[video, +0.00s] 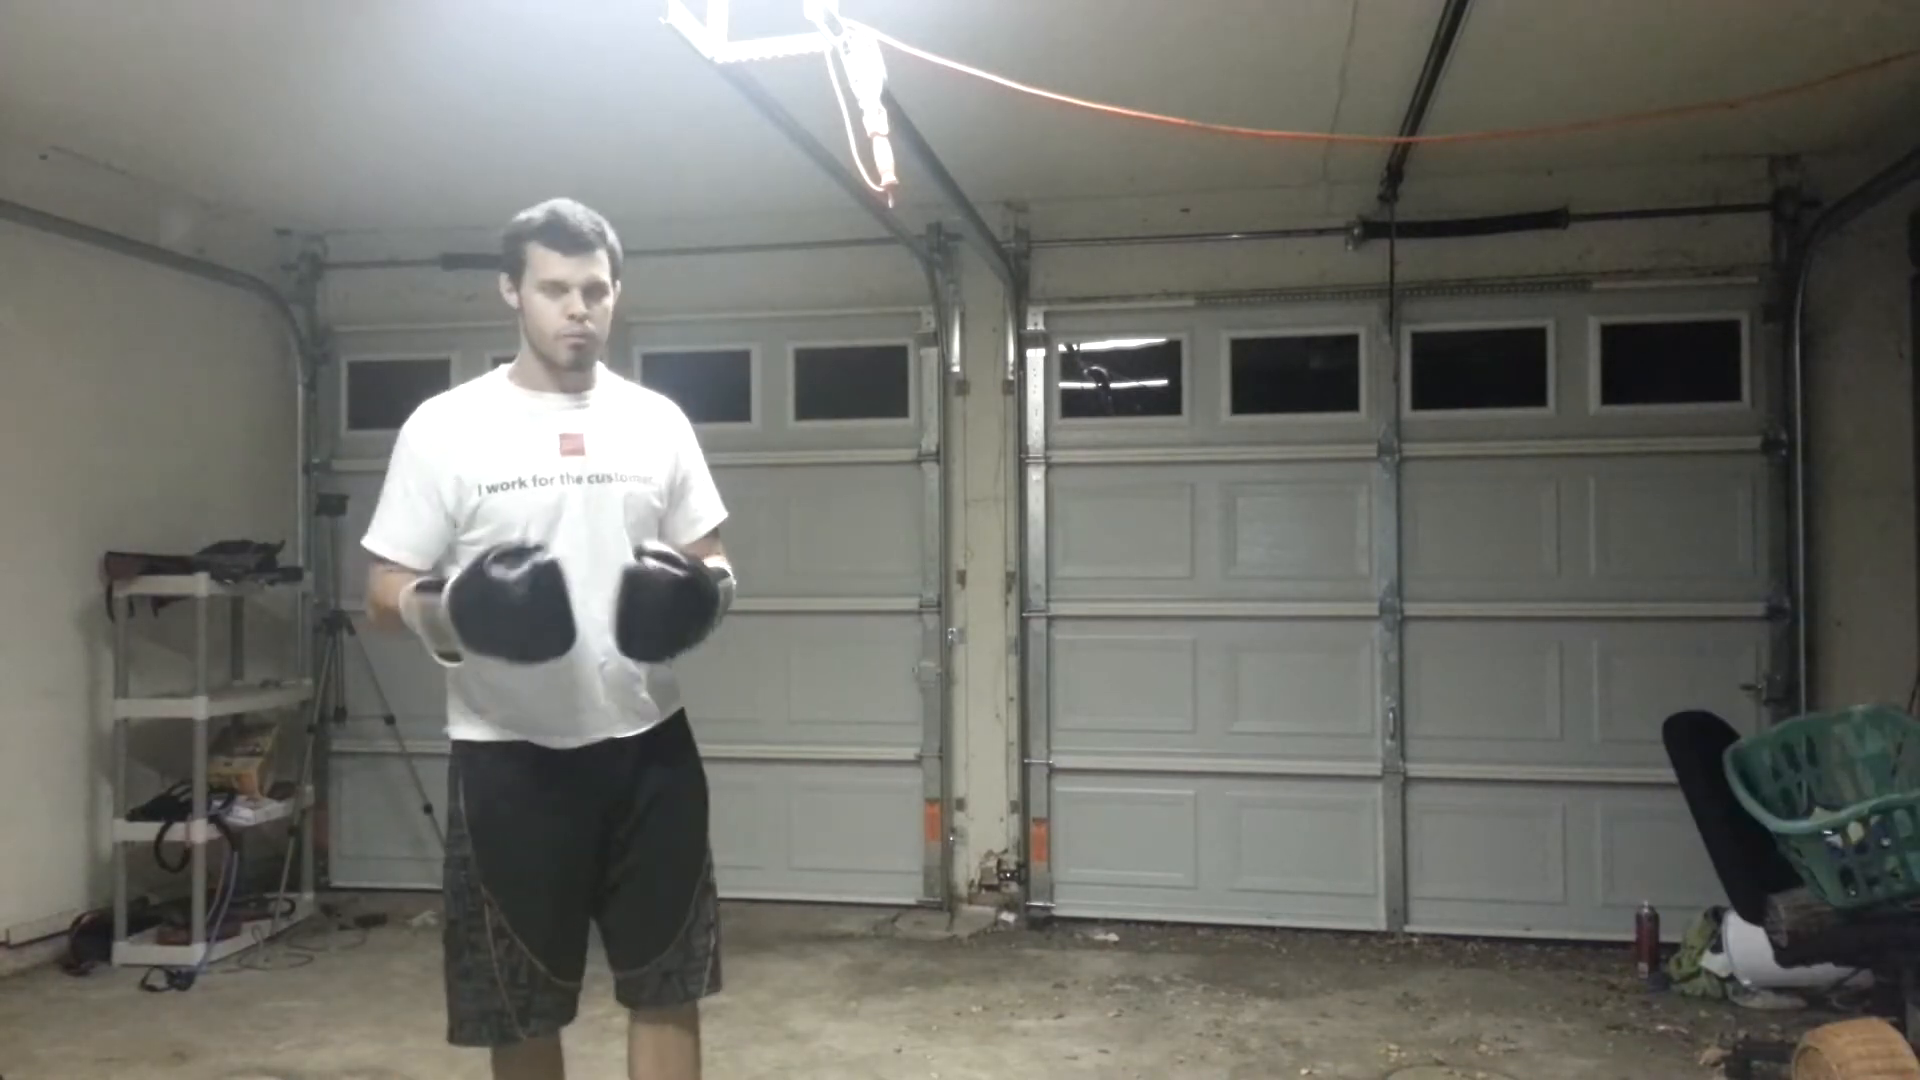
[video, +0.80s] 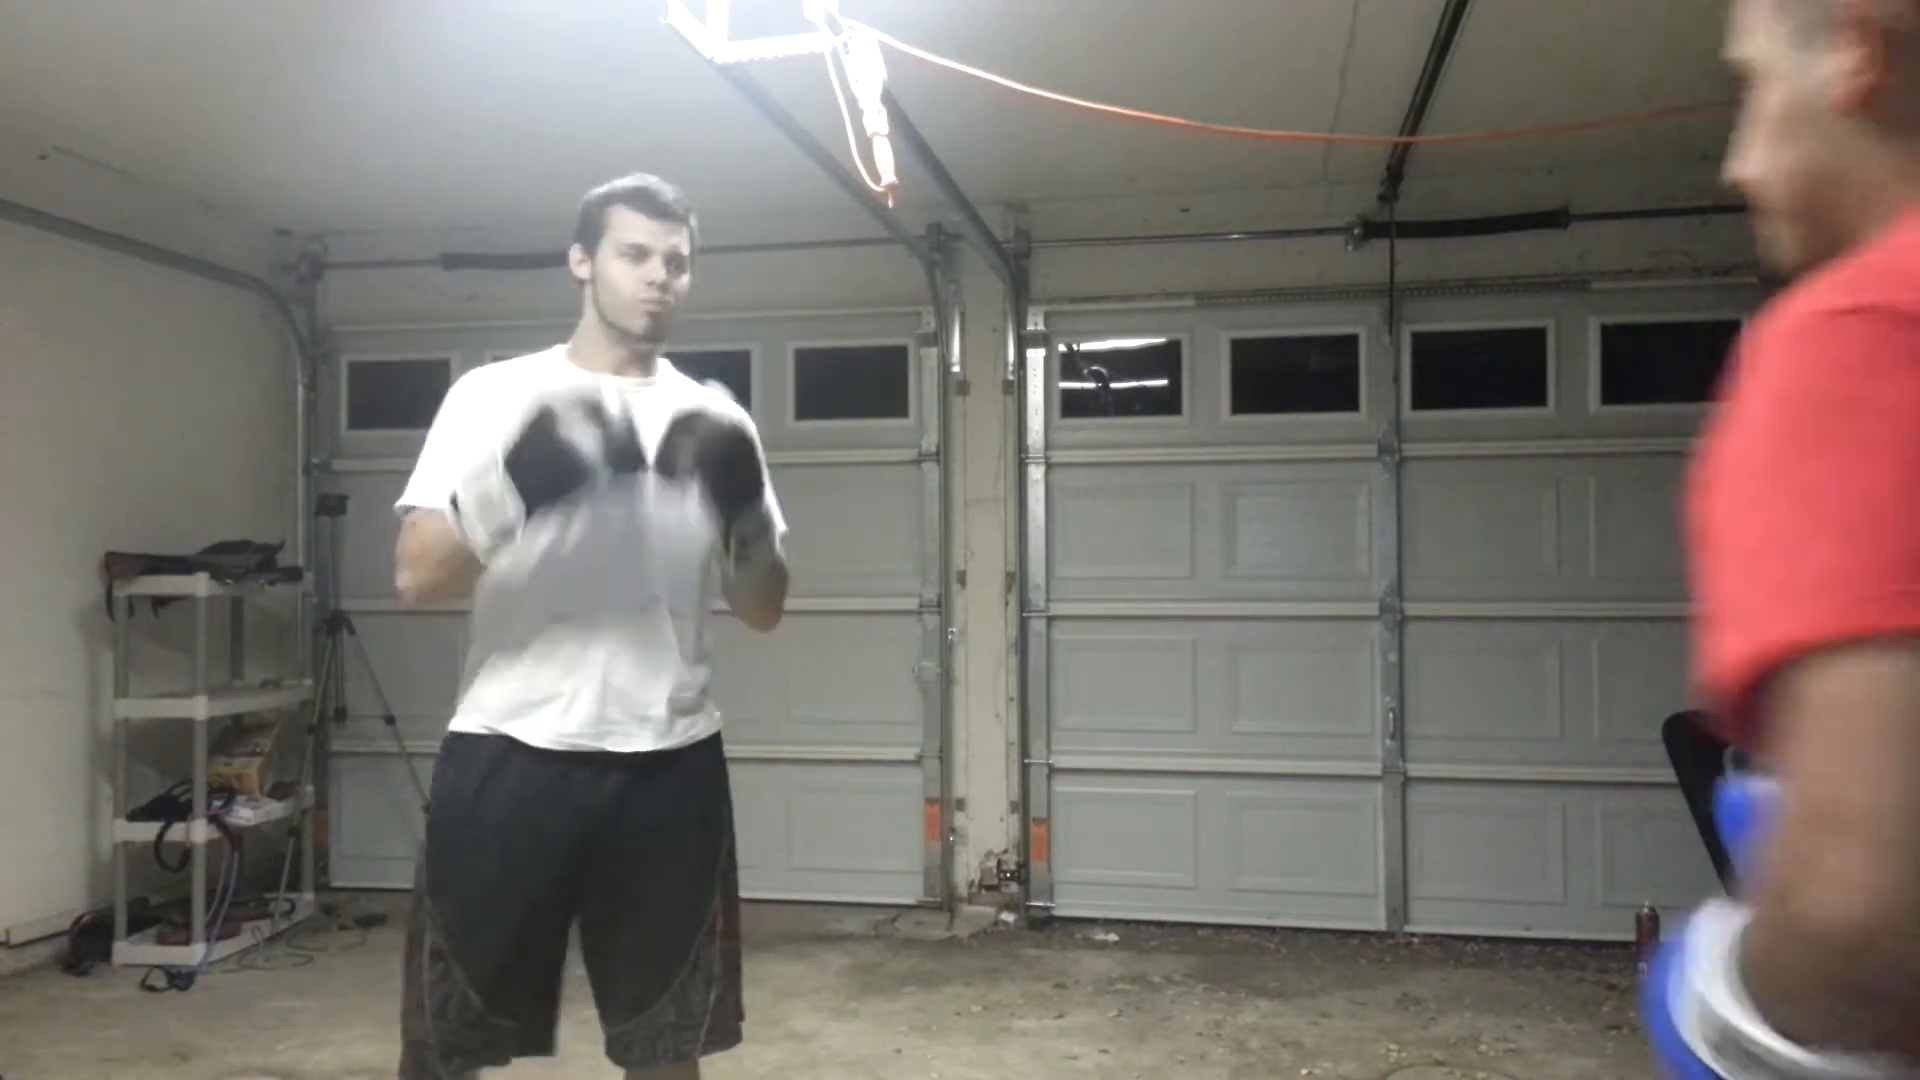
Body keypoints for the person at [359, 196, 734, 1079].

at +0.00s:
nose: (580, 311)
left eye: (596, 291)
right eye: (558, 290)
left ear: (617, 298)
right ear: (513, 296)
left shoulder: (658, 420)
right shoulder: (443, 427)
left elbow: (714, 563)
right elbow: (387, 591)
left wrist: (699, 591)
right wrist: (450, 611)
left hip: (647, 748)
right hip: (512, 757)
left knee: (667, 1001)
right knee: (522, 1021)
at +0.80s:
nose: (661, 279)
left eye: (677, 263)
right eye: (638, 256)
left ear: (690, 279)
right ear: (582, 264)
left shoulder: (714, 413)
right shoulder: (491, 395)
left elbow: (765, 609)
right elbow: (416, 578)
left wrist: (740, 504)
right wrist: (512, 490)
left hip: (668, 766)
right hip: (509, 760)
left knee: (669, 1052)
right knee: (451, 1051)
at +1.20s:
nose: (578, 336)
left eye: (593, 313)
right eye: (553, 312)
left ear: (610, 304)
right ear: (486, 296)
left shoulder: (628, 410)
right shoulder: (398, 406)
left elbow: (724, 577)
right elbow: (417, 585)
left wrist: (718, 488)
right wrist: (480, 424)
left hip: (619, 787)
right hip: (452, 789)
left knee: (664, 1056)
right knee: (445, 1061)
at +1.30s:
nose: (578, 339)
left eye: (594, 315)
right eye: (553, 313)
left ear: (610, 306)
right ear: (485, 297)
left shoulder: (638, 414)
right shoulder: (403, 405)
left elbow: (738, 576)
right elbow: (414, 588)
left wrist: (747, 499)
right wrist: (475, 432)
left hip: (617, 790)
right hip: (451, 789)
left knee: (641, 1059)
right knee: (420, 1059)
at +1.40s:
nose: (589, 338)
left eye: (605, 314)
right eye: (564, 312)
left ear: (621, 303)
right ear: (495, 295)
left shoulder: (647, 409)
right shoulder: (406, 402)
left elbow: (755, 562)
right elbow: (416, 585)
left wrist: (776, 505)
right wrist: (481, 436)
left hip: (621, 784)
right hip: (455, 791)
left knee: (640, 1062)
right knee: (426, 1060)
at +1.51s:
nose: (601, 337)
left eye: (615, 313)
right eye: (578, 312)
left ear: (628, 306)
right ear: (502, 297)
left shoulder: (655, 408)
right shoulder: (410, 402)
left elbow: (772, 543)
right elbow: (422, 585)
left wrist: (809, 511)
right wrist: (494, 432)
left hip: (626, 789)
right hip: (457, 792)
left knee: (659, 1060)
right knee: (432, 1063)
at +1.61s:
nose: (612, 337)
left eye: (624, 312)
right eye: (586, 311)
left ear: (636, 303)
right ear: (508, 296)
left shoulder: (660, 408)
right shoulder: (414, 400)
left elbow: (773, 528)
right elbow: (427, 585)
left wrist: (826, 512)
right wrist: (502, 433)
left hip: (629, 788)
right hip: (459, 792)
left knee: (664, 1059)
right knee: (441, 1063)